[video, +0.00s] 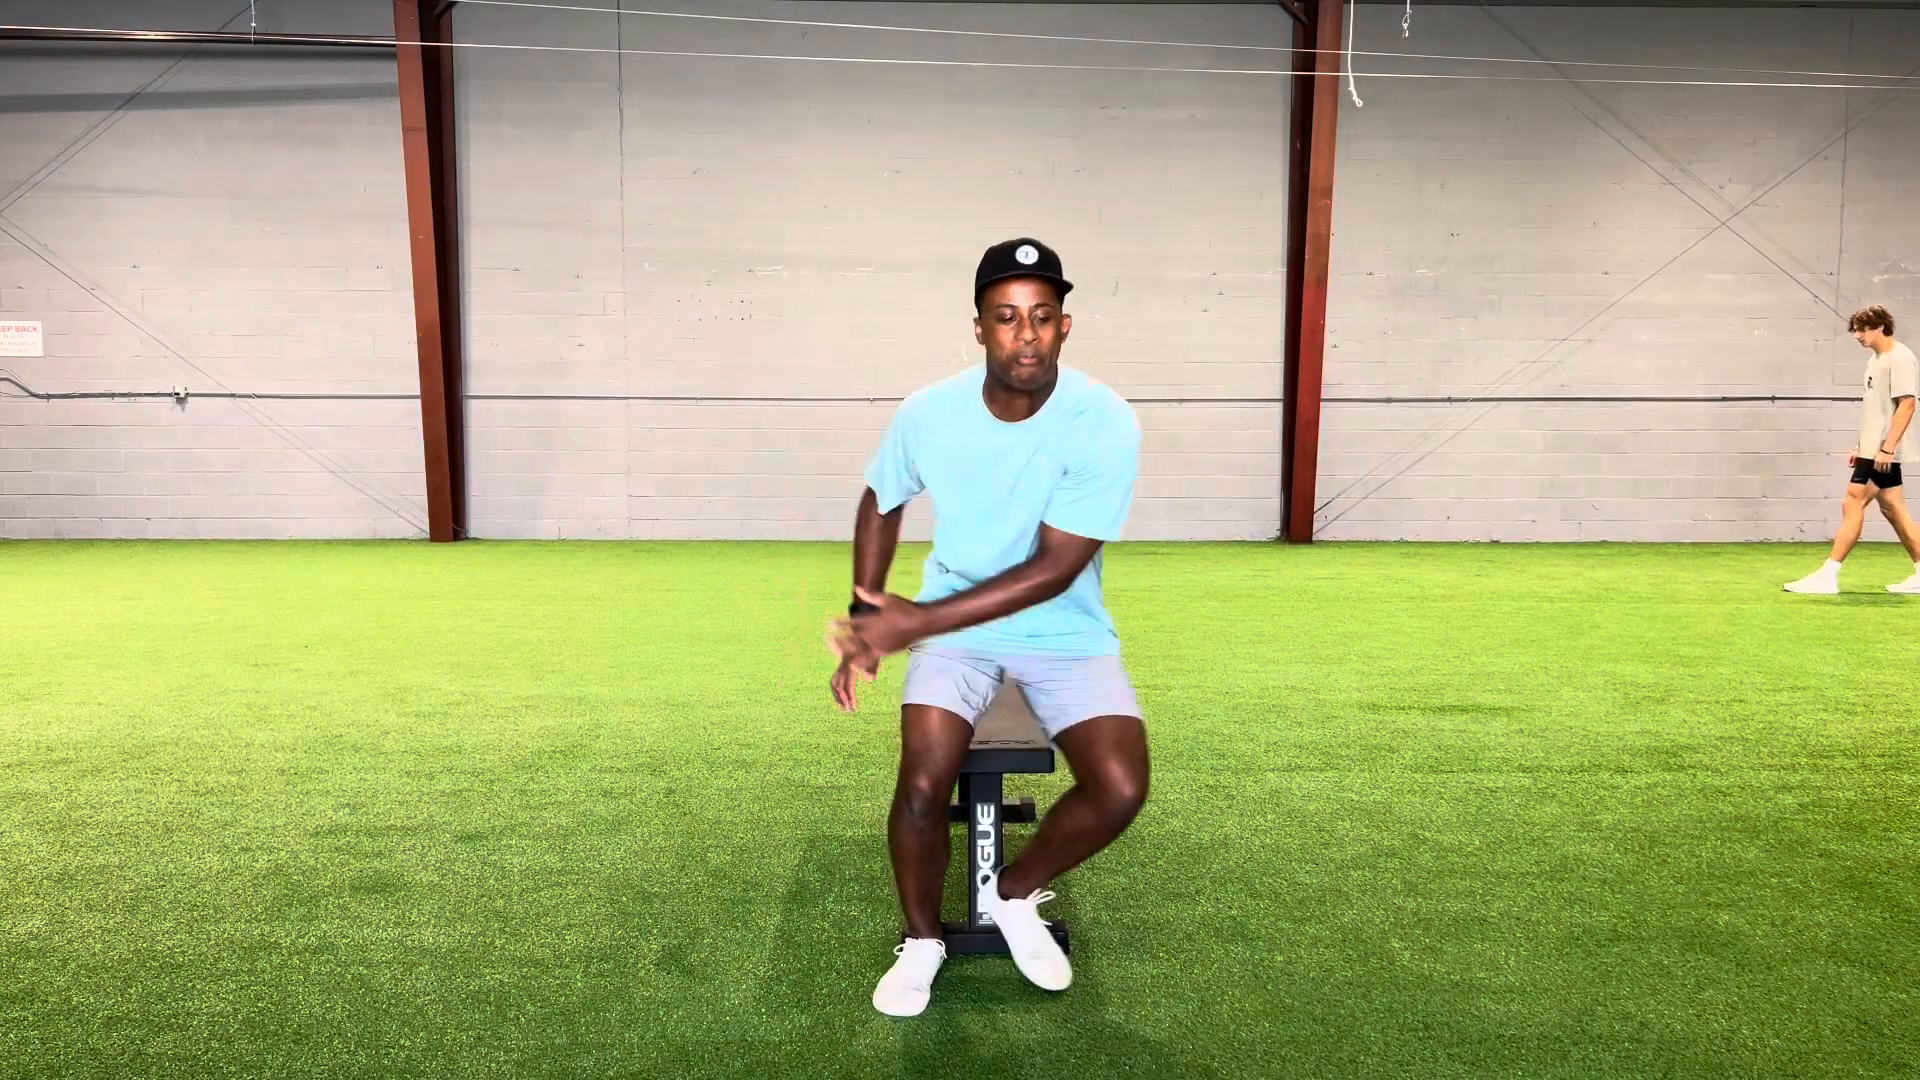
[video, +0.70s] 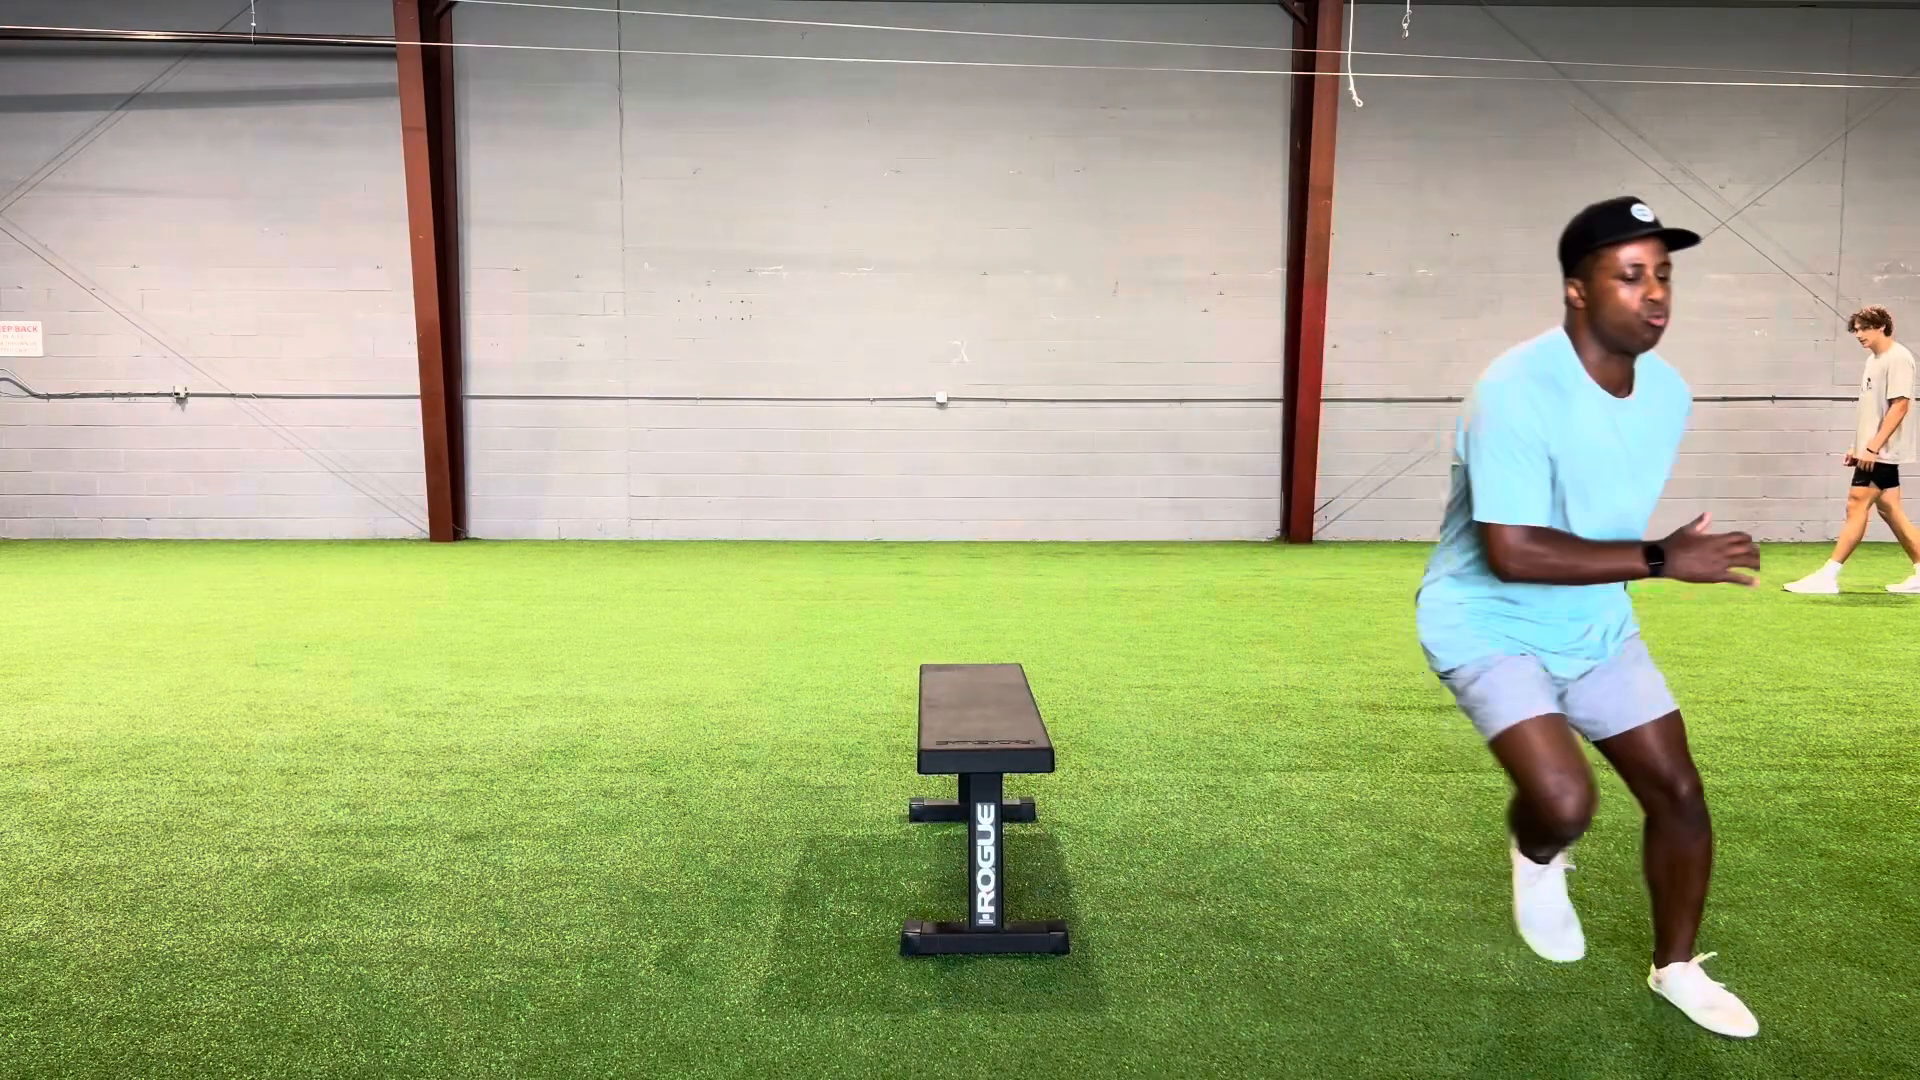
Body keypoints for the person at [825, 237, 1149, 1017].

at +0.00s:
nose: (1026, 336)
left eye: (1042, 318)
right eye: (1007, 318)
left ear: (1064, 326)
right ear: (980, 328)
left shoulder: (1103, 422)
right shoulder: (929, 413)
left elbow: (1056, 568)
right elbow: (881, 507)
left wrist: (917, 620)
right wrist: (864, 622)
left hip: (1065, 622)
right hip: (957, 619)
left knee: (1120, 786)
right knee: (924, 780)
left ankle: (1013, 890)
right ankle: (922, 939)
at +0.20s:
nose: (1126, 273)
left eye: (1137, 257)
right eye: (1105, 260)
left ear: (1151, 263)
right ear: (1067, 273)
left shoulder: (1204, 348)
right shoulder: (1026, 354)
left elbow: (1339, 399)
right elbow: (951, 440)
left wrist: (1347, 363)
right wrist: (1054, 378)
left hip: (1173, 600)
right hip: (1049, 612)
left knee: (1310, 721)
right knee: (969, 773)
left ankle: (1236, 871)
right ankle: (928, 943)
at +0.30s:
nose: (1236, 208)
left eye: (1247, 191)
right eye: (1215, 194)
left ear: (1267, 199)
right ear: (1175, 209)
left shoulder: (1306, 267)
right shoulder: (1130, 296)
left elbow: (1427, 269)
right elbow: (1045, 307)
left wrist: (1456, 238)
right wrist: (1172, 251)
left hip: (1277, 561)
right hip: (1147, 574)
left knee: (1429, 685)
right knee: (1058, 733)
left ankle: (1364, 847)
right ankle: (957, 922)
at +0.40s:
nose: (1355, 175)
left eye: (1363, 158)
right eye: (1333, 158)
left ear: (1370, 166)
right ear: (1281, 168)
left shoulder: (1406, 250)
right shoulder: (1224, 251)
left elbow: (1527, 294)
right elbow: (1146, 331)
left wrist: (1638, 301)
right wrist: (1281, 295)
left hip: (1379, 535)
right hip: (1250, 535)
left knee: (1508, 695)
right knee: (1152, 713)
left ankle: (1531, 875)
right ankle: (1069, 872)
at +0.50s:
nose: (1469, 202)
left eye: (1477, 184)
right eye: (1446, 184)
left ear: (1485, 189)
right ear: (1394, 193)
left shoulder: (1513, 280)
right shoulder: (1335, 280)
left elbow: (1575, 373)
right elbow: (1272, 413)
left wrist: (1673, 452)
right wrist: (1407, 407)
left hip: (1476, 563)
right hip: (1348, 556)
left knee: (1577, 744)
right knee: (1254, 740)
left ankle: (1659, 939)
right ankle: (1238, 831)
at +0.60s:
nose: (1578, 259)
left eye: (1584, 242)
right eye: (1555, 243)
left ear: (1591, 251)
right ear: (1500, 259)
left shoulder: (1607, 358)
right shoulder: (1437, 364)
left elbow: (1607, 476)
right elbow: (1405, 517)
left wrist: (1635, 578)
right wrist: (1560, 534)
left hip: (1562, 602)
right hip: (1442, 604)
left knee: (1663, 787)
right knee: (1399, 798)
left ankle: (1676, 964)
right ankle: (1406, 835)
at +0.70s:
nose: (1657, 294)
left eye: (1663, 276)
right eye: (1633, 278)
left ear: (1670, 284)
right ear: (1576, 293)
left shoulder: (1666, 395)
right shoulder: (1513, 389)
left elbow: (1612, 523)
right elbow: (1512, 551)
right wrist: (1660, 557)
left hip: (1592, 613)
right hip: (1482, 612)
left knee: (1679, 791)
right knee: (1564, 802)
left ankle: (1676, 964)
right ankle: (1536, 859)